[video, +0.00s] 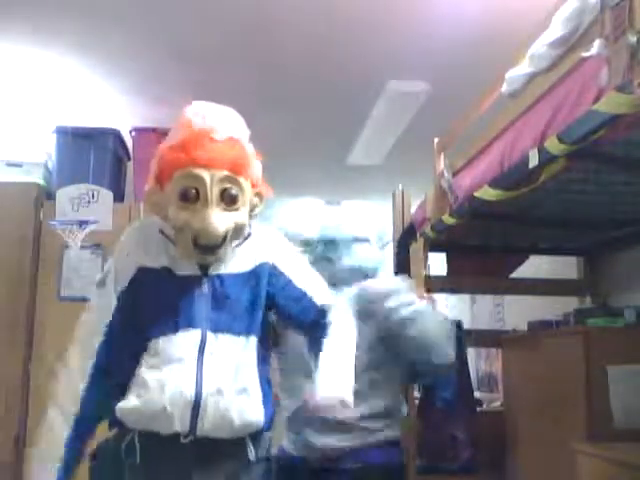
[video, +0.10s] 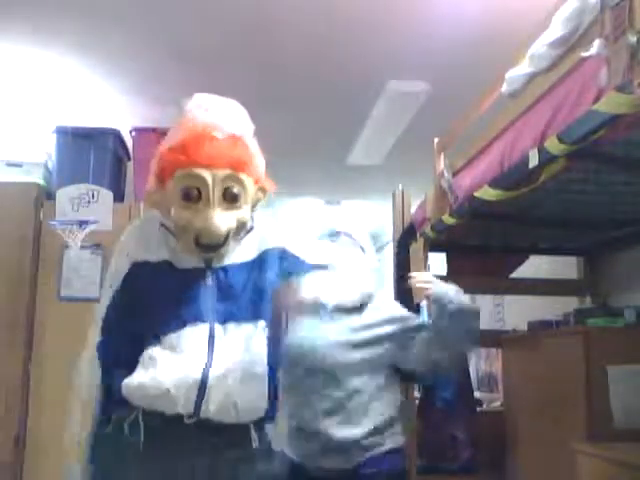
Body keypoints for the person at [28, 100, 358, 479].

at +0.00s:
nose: (210, 218)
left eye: (229, 197)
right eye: (190, 195)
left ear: (251, 203)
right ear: (162, 200)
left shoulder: (264, 263)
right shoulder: (146, 272)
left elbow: (328, 321)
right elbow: (111, 369)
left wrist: (331, 392)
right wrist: (70, 457)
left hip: (234, 453)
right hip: (148, 452)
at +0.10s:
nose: (211, 218)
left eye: (231, 196)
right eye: (192, 195)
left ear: (256, 199)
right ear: (164, 198)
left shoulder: (279, 270)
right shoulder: (143, 277)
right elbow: (116, 370)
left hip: (243, 450)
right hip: (151, 449)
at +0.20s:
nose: (213, 208)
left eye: (231, 187)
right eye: (192, 186)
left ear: (256, 193)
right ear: (165, 192)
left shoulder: (274, 258)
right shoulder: (143, 269)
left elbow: (365, 280)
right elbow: (117, 337)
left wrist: (307, 254)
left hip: (241, 443)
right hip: (151, 439)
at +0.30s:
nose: (213, 194)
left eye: (232, 174)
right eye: (192, 172)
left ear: (260, 183)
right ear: (166, 182)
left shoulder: (280, 241)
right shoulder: (148, 239)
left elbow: (361, 273)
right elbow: (120, 323)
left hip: (247, 445)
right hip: (152, 444)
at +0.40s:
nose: (209, 183)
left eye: (230, 166)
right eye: (191, 161)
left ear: (259, 186)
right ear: (169, 178)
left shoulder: (274, 260)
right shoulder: (144, 262)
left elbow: (359, 251)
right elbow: (113, 349)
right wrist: (122, 431)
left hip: (247, 463)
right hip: (149, 464)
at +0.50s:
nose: (207, 184)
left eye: (228, 168)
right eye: (190, 164)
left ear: (256, 190)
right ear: (169, 183)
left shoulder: (274, 271)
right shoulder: (143, 268)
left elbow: (368, 271)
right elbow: (107, 357)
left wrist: (422, 236)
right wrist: (114, 450)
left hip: (240, 464)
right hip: (148, 463)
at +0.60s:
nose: (207, 186)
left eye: (229, 167)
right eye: (190, 164)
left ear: (259, 188)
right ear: (170, 182)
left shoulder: (271, 267)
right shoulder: (144, 257)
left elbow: (355, 293)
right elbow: (97, 348)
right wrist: (91, 446)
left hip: (241, 465)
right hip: (149, 465)